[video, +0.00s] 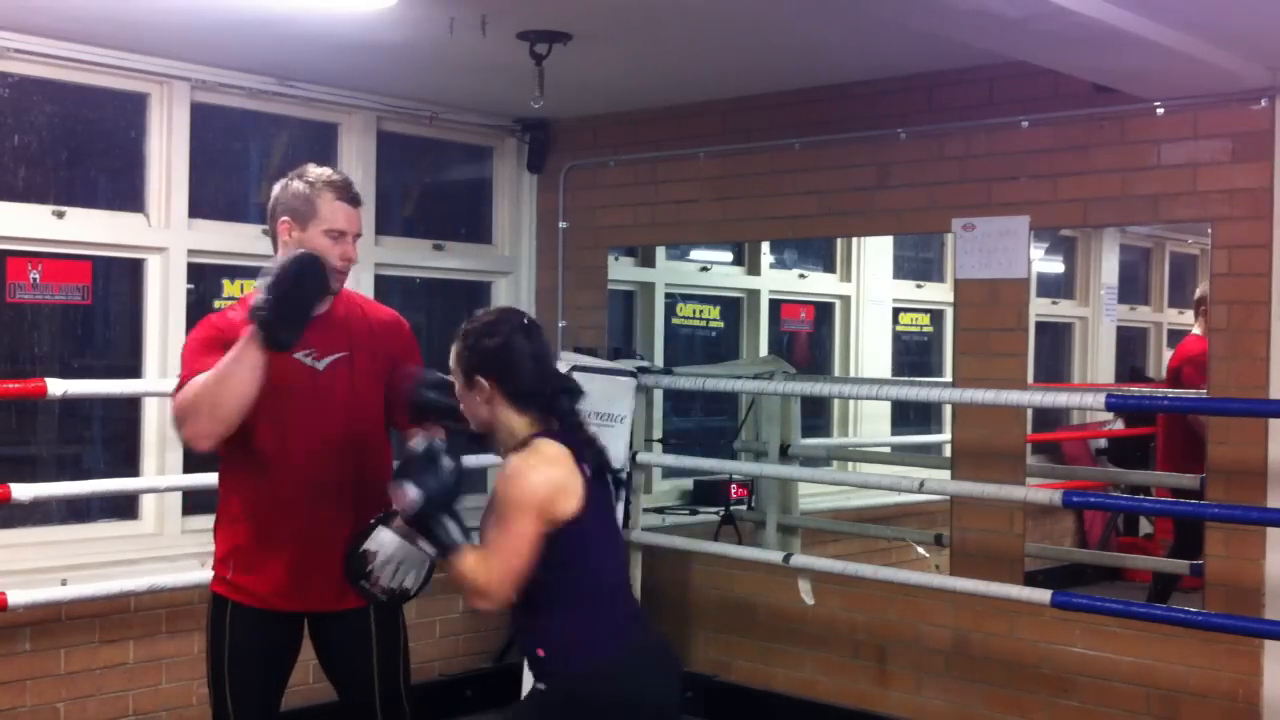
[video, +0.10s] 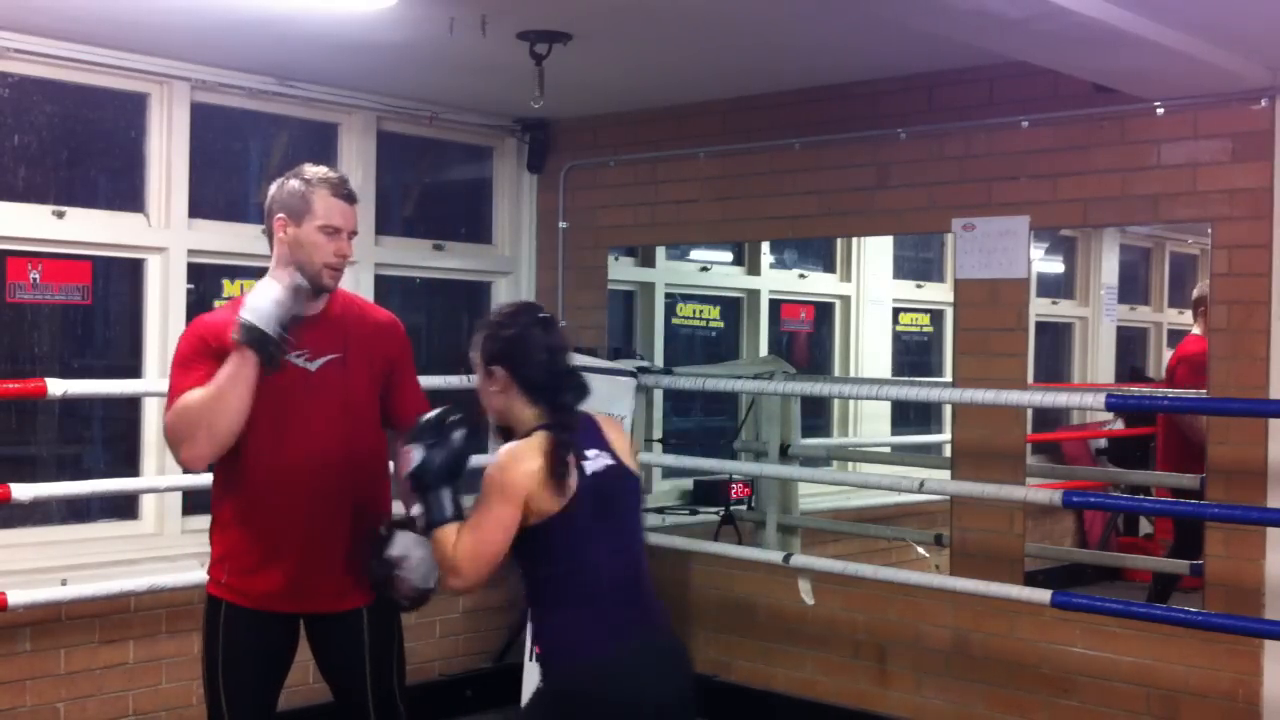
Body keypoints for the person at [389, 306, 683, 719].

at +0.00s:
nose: (456, 396)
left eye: (457, 383)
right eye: (453, 382)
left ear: (484, 390)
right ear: (535, 375)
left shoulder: (531, 470)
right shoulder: (571, 443)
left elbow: (489, 588)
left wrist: (436, 517)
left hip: (583, 690)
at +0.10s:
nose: (475, 386)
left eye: (476, 373)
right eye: (474, 374)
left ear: (498, 380)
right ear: (553, 367)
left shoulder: (517, 463)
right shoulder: (611, 430)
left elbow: (461, 572)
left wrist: (434, 489)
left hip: (580, 684)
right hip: (657, 670)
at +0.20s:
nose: (522, 384)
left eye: (523, 373)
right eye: (522, 372)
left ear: (541, 379)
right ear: (597, 366)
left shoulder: (553, 463)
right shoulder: (658, 439)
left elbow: (500, 563)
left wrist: (477, 485)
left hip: (609, 685)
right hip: (689, 674)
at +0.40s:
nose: (567, 367)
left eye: (569, 353)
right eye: (565, 352)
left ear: (592, 359)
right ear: (648, 349)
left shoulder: (594, 438)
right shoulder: (704, 426)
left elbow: (543, 546)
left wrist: (524, 462)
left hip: (636, 669)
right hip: (717, 661)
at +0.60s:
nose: (555, 385)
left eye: (556, 373)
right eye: (552, 374)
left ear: (578, 373)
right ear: (632, 362)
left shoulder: (574, 448)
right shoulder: (682, 433)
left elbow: (529, 560)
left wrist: (508, 484)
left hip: (644, 680)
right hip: (724, 667)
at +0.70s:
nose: (513, 459)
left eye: (513, 444)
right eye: (513, 444)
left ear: (533, 442)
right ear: (580, 432)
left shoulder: (549, 506)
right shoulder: (626, 481)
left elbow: (509, 634)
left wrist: (484, 550)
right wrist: (498, 469)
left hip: (648, 701)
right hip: (721, 691)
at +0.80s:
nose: (478, 545)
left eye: (480, 532)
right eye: (478, 531)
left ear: (505, 540)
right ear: (554, 518)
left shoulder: (536, 596)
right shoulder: (622, 560)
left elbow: (514, 710)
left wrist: (468, 646)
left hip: (644, 711)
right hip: (713, 707)